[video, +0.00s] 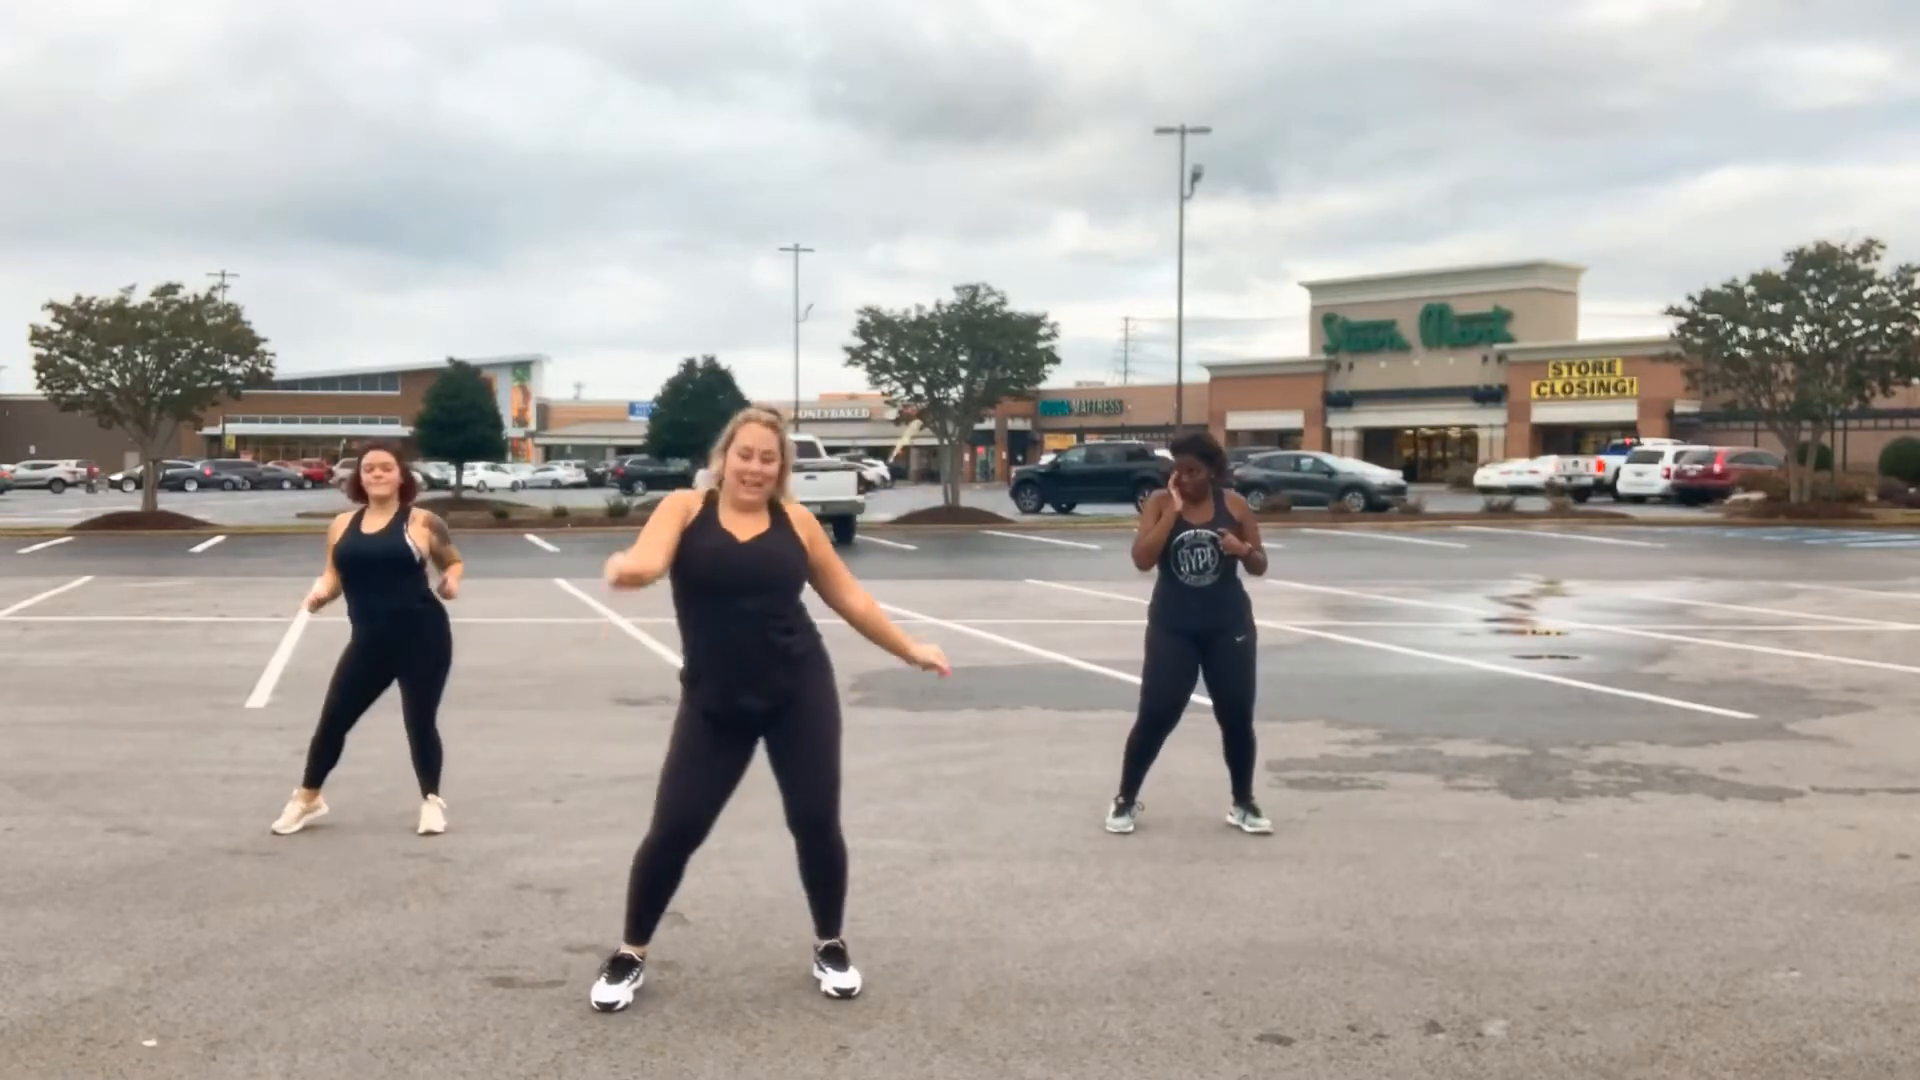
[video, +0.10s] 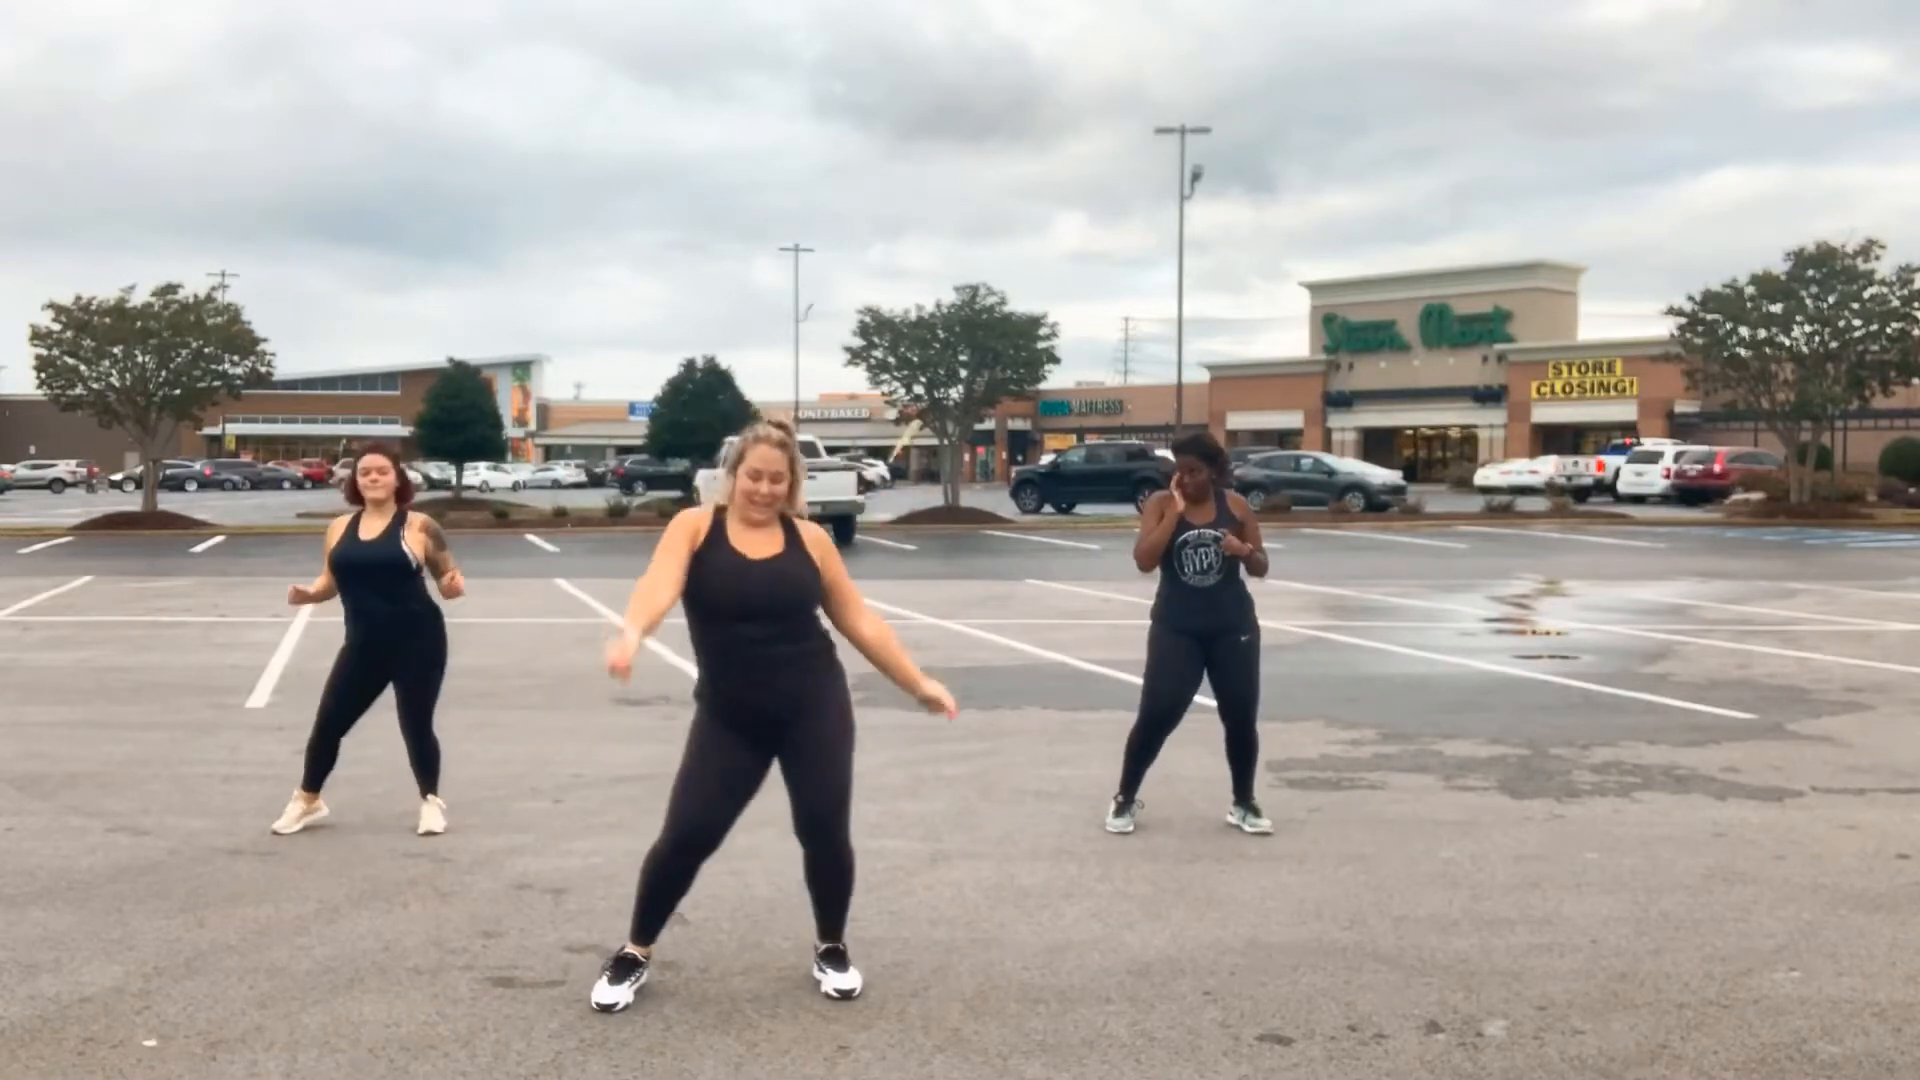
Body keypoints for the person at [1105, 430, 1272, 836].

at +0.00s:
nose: (1182, 478)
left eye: (1190, 472)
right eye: (1178, 471)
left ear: (1212, 470)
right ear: (1172, 470)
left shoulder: (1234, 505)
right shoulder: (1159, 503)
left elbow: (1260, 566)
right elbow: (1142, 559)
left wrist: (1243, 550)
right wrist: (1172, 512)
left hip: (1229, 628)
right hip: (1172, 629)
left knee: (1237, 720)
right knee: (1156, 716)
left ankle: (1243, 803)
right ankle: (1125, 800)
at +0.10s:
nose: (1183, 478)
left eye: (1191, 471)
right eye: (1179, 471)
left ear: (1214, 471)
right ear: (1174, 470)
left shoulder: (1235, 505)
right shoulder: (1160, 504)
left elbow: (1261, 567)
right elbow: (1144, 560)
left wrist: (1244, 551)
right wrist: (1173, 514)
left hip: (1233, 630)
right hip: (1176, 630)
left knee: (1241, 721)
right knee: (1156, 717)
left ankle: (1243, 803)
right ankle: (1124, 799)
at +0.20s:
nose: (1183, 478)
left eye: (1191, 471)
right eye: (1178, 470)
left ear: (1214, 470)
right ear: (1174, 469)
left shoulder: (1236, 505)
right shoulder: (1160, 504)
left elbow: (1259, 567)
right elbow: (1146, 560)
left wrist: (1244, 550)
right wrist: (1176, 513)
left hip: (1232, 628)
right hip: (1176, 628)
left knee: (1243, 719)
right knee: (1159, 715)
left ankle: (1243, 803)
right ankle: (1124, 798)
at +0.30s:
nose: (1182, 477)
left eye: (1190, 470)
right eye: (1177, 470)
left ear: (1213, 469)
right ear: (1172, 470)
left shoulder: (1235, 503)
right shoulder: (1159, 504)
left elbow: (1257, 565)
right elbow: (1147, 560)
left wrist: (1243, 548)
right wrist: (1177, 513)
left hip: (1227, 627)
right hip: (1172, 627)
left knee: (1241, 718)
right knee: (1160, 714)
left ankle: (1243, 802)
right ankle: (1123, 798)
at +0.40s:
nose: (1180, 477)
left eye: (1188, 470)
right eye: (1175, 470)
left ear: (1209, 469)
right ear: (1169, 469)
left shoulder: (1229, 501)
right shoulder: (1156, 503)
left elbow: (1252, 564)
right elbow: (1145, 560)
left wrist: (1242, 547)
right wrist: (1174, 513)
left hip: (1219, 626)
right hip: (1165, 626)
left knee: (1238, 716)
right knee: (1154, 715)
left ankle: (1243, 802)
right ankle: (1123, 799)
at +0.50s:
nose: (1175, 476)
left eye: (1183, 469)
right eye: (1170, 469)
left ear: (1204, 468)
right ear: (1164, 469)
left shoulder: (1224, 502)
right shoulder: (1153, 502)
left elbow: (1243, 564)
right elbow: (1141, 558)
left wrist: (1237, 549)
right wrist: (1170, 512)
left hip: (1210, 626)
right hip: (1156, 626)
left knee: (1235, 715)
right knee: (1148, 715)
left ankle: (1242, 802)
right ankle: (1122, 799)